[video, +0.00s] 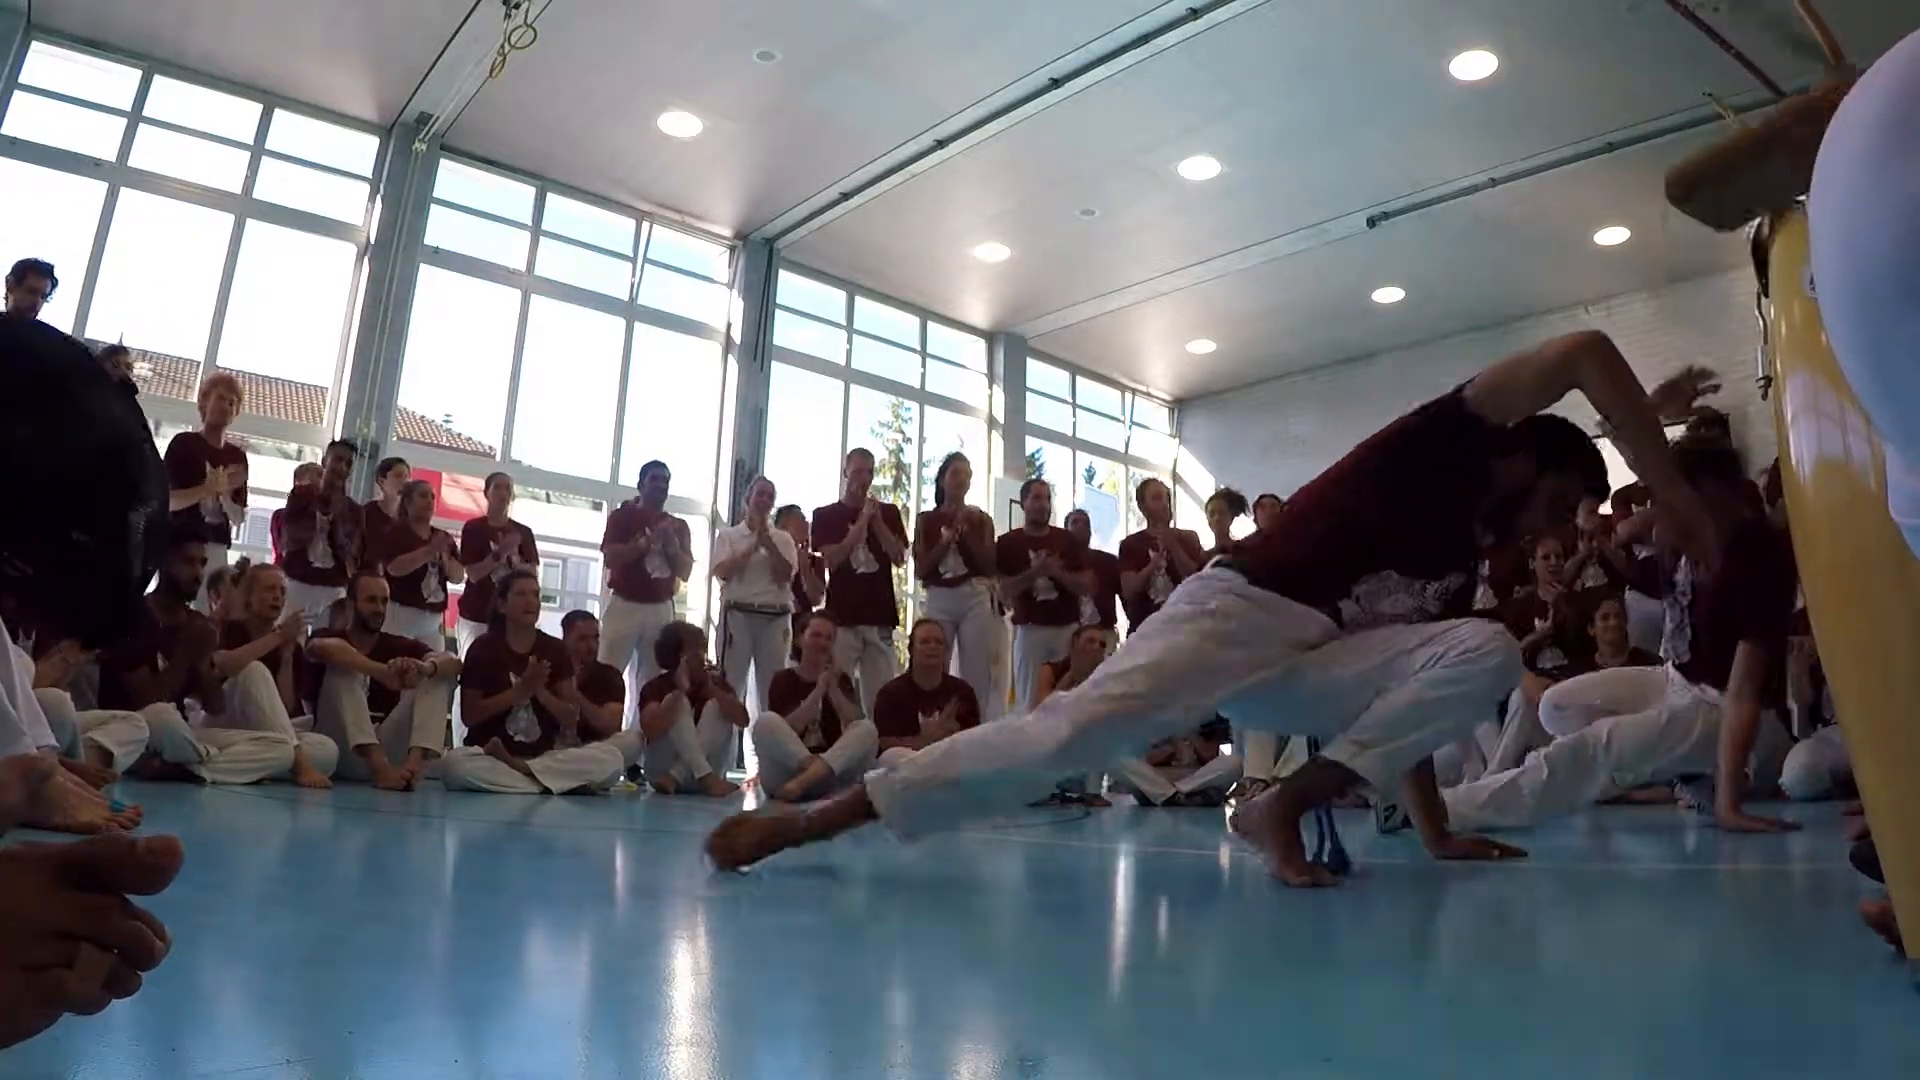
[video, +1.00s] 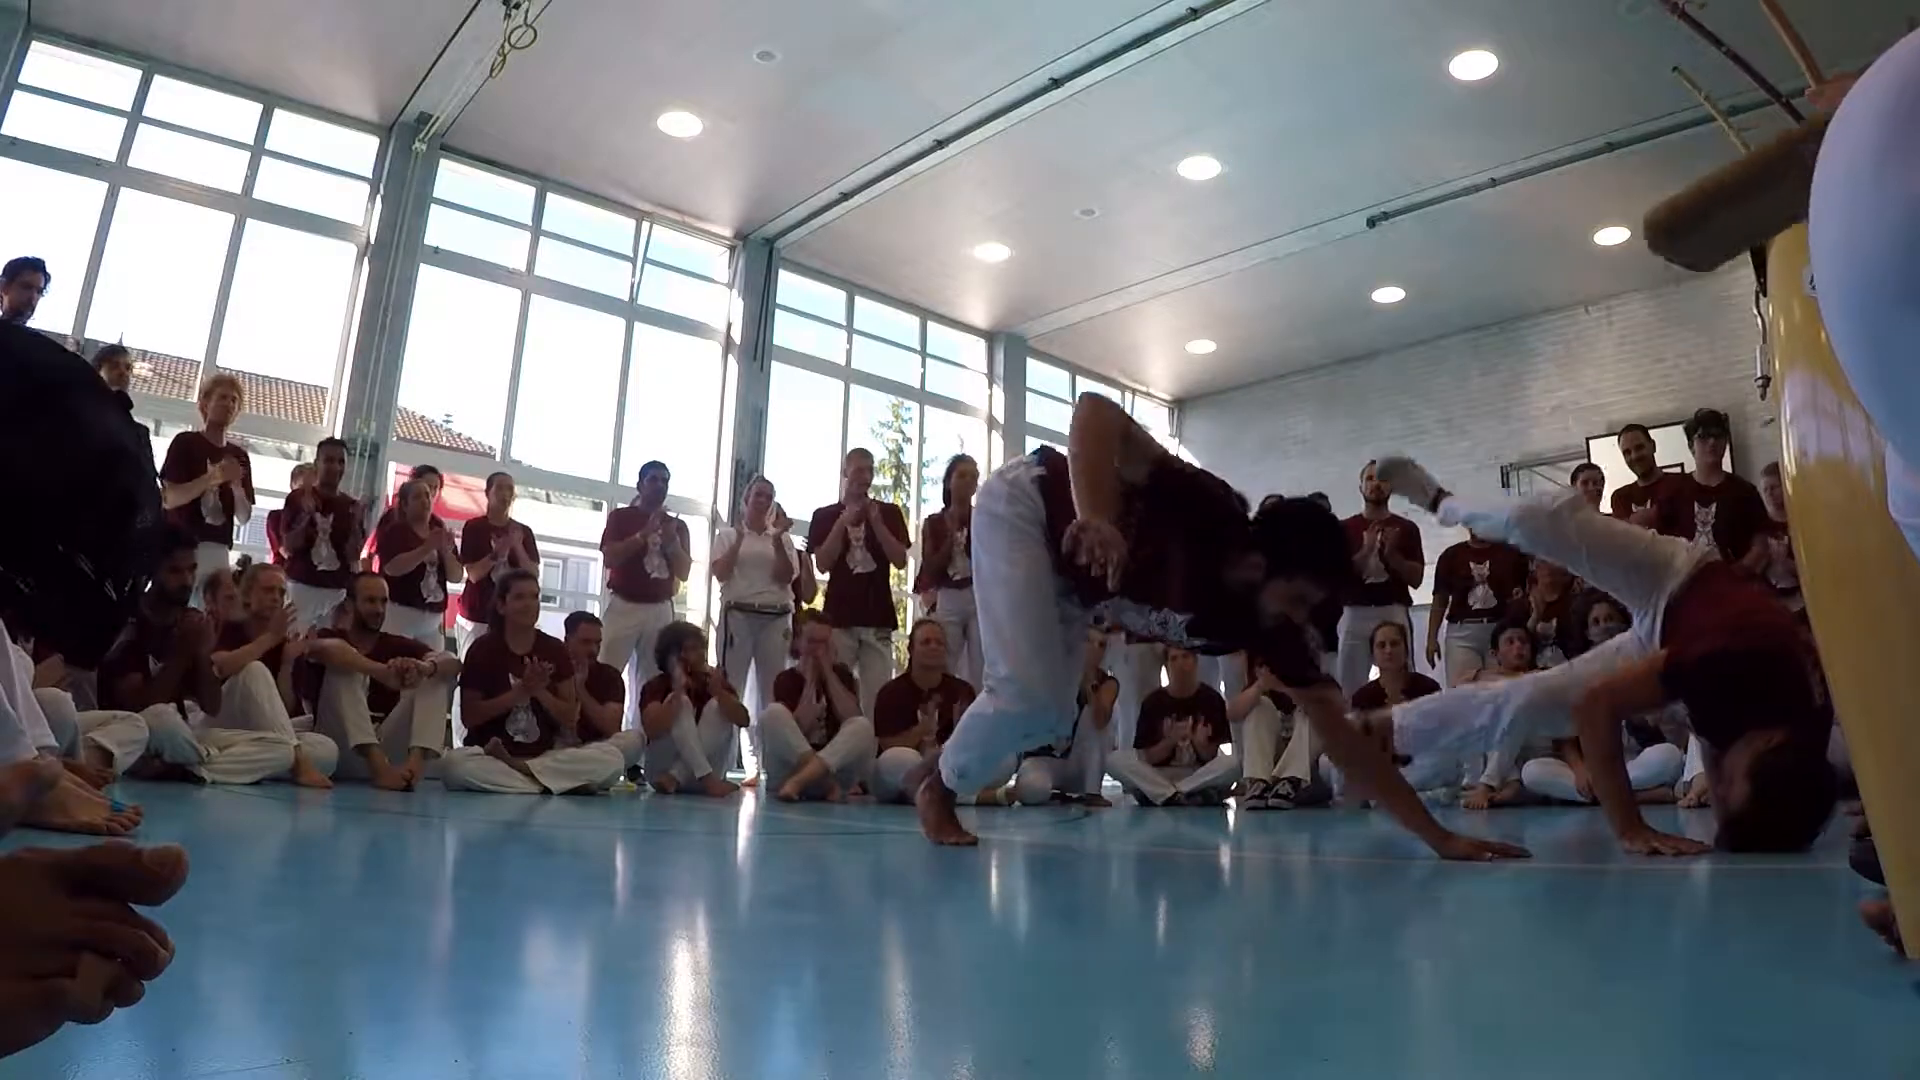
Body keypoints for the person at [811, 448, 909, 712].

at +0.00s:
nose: (862, 479)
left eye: (867, 473)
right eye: (856, 473)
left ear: (873, 476)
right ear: (844, 474)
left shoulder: (888, 512)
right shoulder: (825, 515)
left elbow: (899, 557)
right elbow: (830, 561)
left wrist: (876, 522)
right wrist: (861, 522)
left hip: (879, 619)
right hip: (841, 620)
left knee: (883, 702)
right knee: (836, 698)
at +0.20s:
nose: (860, 476)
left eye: (865, 470)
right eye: (854, 470)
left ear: (872, 474)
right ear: (843, 473)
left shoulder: (888, 512)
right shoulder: (824, 515)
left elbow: (903, 560)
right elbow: (825, 564)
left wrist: (886, 520)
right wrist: (845, 523)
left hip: (879, 621)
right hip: (840, 621)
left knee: (882, 706)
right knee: (836, 702)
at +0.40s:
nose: (860, 475)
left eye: (865, 470)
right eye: (854, 469)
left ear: (869, 474)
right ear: (842, 473)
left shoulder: (886, 512)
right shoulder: (824, 516)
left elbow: (896, 558)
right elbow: (832, 563)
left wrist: (871, 524)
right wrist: (859, 525)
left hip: (879, 618)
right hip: (840, 619)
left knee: (880, 702)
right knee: (836, 699)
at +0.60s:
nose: (859, 478)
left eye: (864, 473)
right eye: (853, 473)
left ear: (869, 476)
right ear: (841, 475)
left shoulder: (887, 513)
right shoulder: (823, 517)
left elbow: (902, 560)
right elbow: (825, 565)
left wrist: (880, 521)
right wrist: (845, 530)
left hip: (877, 620)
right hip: (839, 621)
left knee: (879, 701)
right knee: (836, 699)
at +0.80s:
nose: (860, 475)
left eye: (864, 470)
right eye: (854, 469)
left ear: (869, 475)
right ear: (842, 473)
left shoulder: (887, 512)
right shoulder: (824, 517)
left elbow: (899, 558)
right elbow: (830, 564)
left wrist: (875, 522)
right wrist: (851, 523)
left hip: (877, 619)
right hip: (839, 619)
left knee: (878, 701)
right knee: (835, 698)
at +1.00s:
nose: (862, 477)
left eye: (867, 471)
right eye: (857, 471)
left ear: (872, 475)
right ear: (844, 473)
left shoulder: (889, 513)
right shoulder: (825, 516)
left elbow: (900, 560)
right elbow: (823, 564)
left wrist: (875, 521)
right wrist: (843, 521)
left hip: (878, 620)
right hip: (839, 620)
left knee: (878, 702)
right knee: (837, 700)